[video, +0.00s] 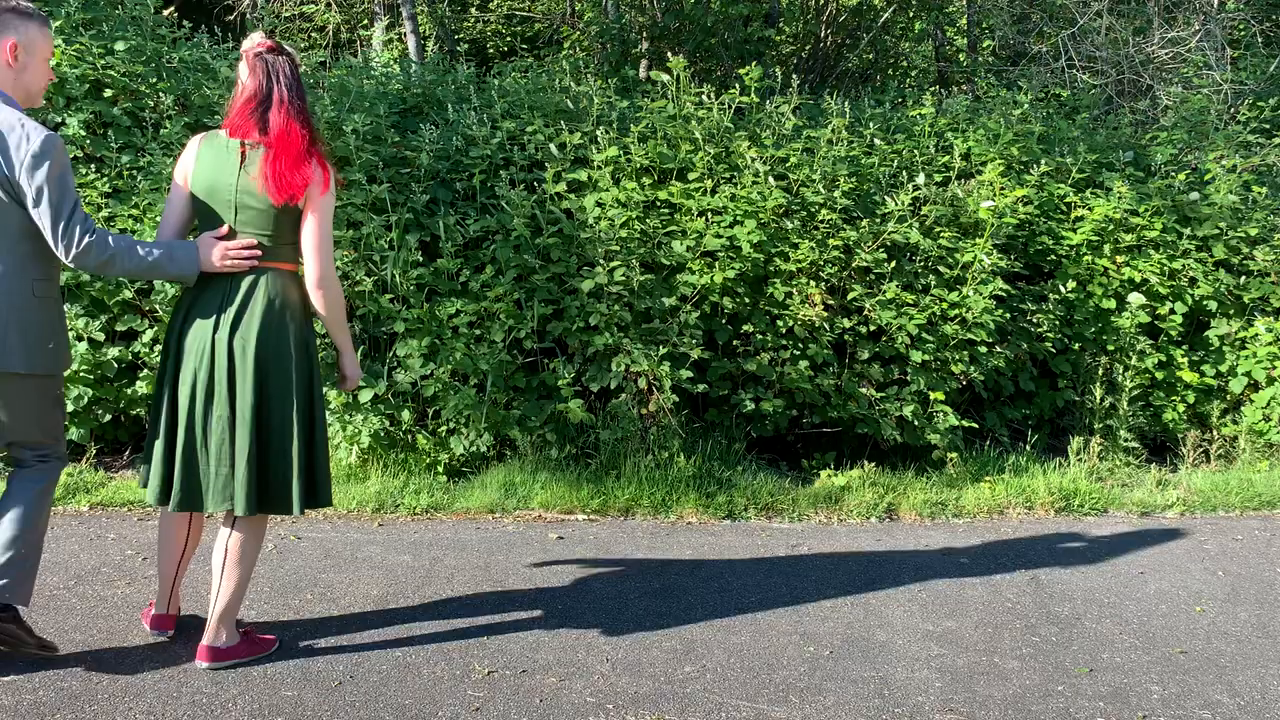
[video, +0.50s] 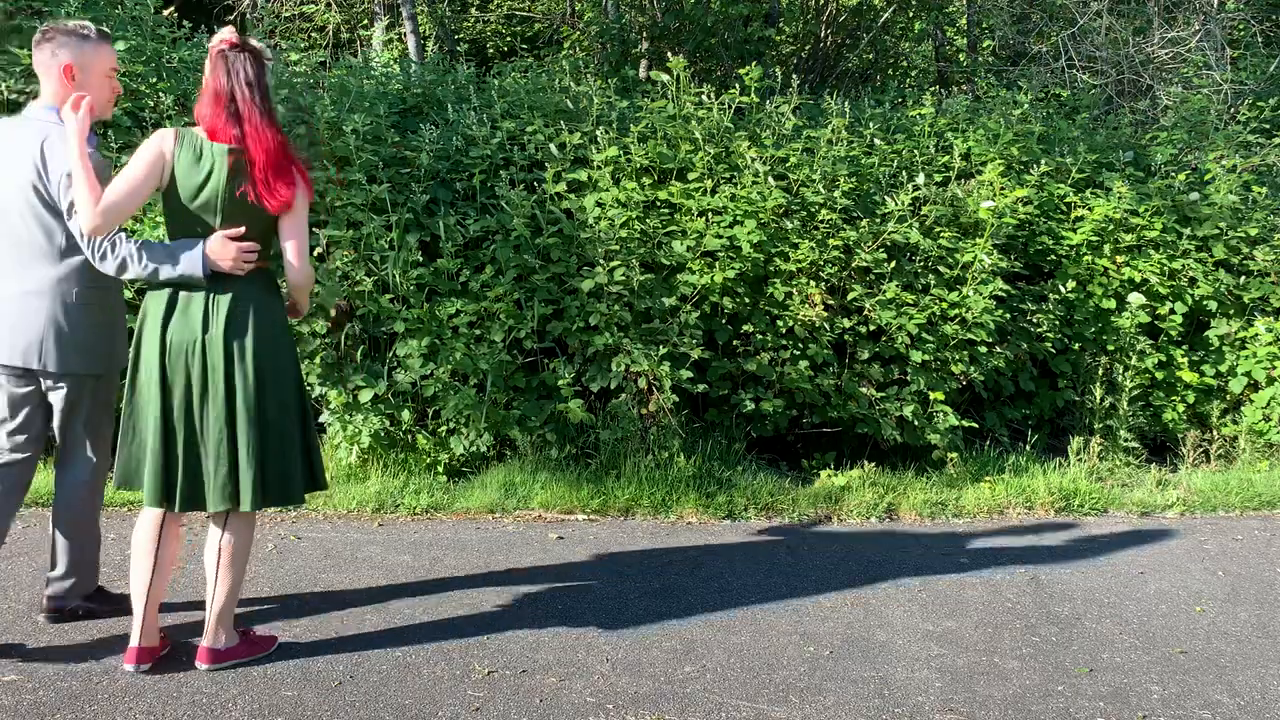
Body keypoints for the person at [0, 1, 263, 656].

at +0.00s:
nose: (51, 74)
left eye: (51, 60)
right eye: (45, 60)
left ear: (6, 55)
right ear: (11, 56)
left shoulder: (16, 137)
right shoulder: (28, 140)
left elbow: (75, 243)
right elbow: (78, 244)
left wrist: (179, 252)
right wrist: (191, 257)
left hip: (7, 340)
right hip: (19, 341)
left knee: (26, 460)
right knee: (37, 456)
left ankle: (6, 608)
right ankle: (5, 604)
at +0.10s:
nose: (62, 74)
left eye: (61, 60)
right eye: (55, 60)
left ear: (11, 61)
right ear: (16, 59)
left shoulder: (17, 138)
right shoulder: (31, 144)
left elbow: (78, 244)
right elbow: (84, 246)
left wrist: (181, 247)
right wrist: (195, 254)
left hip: (11, 339)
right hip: (23, 342)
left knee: (35, 458)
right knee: (44, 459)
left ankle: (34, 600)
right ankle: (38, 597)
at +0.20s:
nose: (72, 84)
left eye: (72, 70)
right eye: (65, 70)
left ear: (15, 72)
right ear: (21, 70)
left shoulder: (14, 141)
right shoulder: (36, 151)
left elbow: (83, 248)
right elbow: (87, 252)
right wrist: (193, 255)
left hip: (10, 338)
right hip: (29, 343)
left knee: (45, 468)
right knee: (46, 469)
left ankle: (65, 583)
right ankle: (64, 585)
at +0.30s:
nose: (85, 87)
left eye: (85, 73)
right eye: (79, 73)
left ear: (25, 74)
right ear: (34, 73)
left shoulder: (7, 134)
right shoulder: (46, 152)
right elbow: (90, 257)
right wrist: (195, 260)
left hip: (7, 328)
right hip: (37, 335)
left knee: (53, 468)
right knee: (54, 468)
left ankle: (67, 585)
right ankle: (68, 588)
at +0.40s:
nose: (100, 85)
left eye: (100, 73)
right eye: (93, 72)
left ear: (42, 74)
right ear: (51, 72)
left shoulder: (7, 128)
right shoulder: (58, 150)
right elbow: (96, 252)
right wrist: (195, 258)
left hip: (4, 327)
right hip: (55, 334)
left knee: (2, 461)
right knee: (73, 464)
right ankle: (71, 589)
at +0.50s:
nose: (118, 89)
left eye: (116, 75)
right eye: (109, 76)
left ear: (56, 76)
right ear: (67, 76)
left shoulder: (9, 130)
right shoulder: (69, 147)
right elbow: (107, 249)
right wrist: (201, 257)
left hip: (9, 326)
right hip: (76, 331)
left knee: (10, 460)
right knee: (83, 464)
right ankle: (71, 588)